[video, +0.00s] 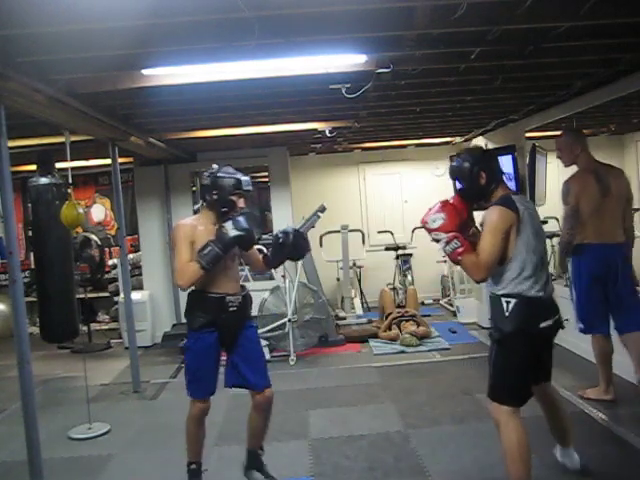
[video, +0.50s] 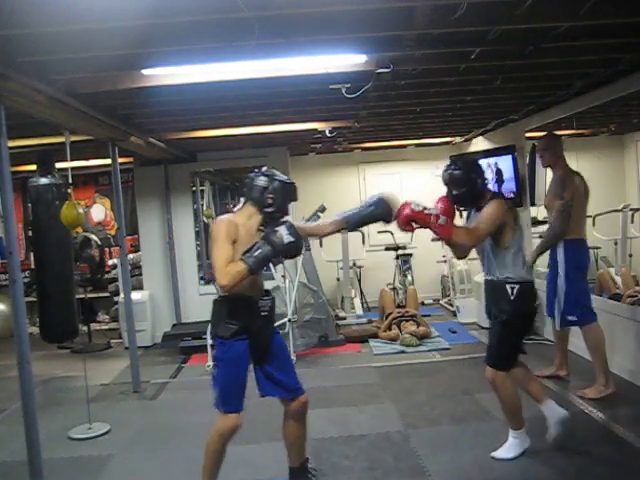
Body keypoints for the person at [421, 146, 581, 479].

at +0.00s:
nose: (462, 189)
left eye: (464, 182)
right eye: (460, 182)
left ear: (480, 178)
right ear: (492, 176)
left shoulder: (499, 211)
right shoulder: (521, 204)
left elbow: (478, 271)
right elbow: (496, 260)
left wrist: (449, 238)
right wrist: (468, 229)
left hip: (516, 319)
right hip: (542, 313)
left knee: (503, 406)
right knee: (541, 385)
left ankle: (520, 474)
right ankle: (568, 453)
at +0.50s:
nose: (455, 197)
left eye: (455, 190)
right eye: (452, 191)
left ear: (470, 187)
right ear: (476, 185)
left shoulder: (498, 207)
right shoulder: (482, 212)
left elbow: (470, 239)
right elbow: (463, 252)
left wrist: (431, 220)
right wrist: (444, 228)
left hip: (515, 294)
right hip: (500, 293)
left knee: (495, 373)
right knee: (509, 363)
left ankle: (518, 436)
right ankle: (552, 409)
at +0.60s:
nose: (447, 201)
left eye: (448, 195)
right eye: (445, 196)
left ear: (462, 189)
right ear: (469, 187)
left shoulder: (491, 212)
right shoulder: (470, 215)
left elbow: (475, 254)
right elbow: (459, 253)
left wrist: (446, 229)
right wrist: (437, 231)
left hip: (505, 294)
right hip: (489, 293)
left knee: (488, 373)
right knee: (492, 357)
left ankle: (517, 435)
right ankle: (523, 402)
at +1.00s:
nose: (427, 195)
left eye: (431, 189)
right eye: (424, 190)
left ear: (447, 187)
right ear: (424, 191)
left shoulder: (467, 213)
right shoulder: (430, 211)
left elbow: (467, 256)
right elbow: (419, 247)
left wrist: (446, 228)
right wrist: (414, 225)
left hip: (463, 280)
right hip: (440, 280)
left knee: (460, 351)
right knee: (449, 346)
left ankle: (484, 406)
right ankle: (481, 393)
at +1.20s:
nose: (413, 194)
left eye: (417, 188)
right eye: (410, 189)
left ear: (431, 187)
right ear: (408, 191)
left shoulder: (450, 213)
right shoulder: (410, 213)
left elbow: (454, 254)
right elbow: (400, 250)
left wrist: (433, 228)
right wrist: (400, 226)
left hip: (445, 282)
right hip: (420, 282)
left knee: (450, 351)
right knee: (407, 338)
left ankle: (463, 398)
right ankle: (440, 371)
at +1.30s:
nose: (403, 200)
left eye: (408, 194)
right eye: (400, 195)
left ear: (421, 193)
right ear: (398, 197)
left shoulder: (438, 218)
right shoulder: (398, 218)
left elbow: (442, 259)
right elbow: (389, 257)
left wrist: (425, 232)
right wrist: (391, 233)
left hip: (433, 286)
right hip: (407, 286)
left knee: (444, 355)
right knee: (392, 337)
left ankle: (461, 400)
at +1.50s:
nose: (383, 203)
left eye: (388, 198)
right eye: (379, 198)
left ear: (397, 198)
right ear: (375, 198)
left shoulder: (409, 221)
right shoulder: (366, 219)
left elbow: (418, 259)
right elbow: (353, 252)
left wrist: (407, 239)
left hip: (399, 286)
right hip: (372, 286)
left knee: (417, 344)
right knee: (372, 339)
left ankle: (446, 397)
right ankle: (381, 383)